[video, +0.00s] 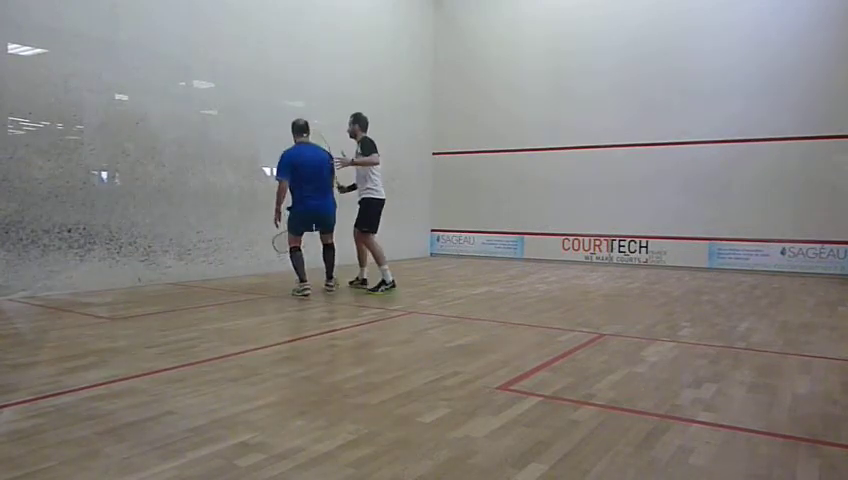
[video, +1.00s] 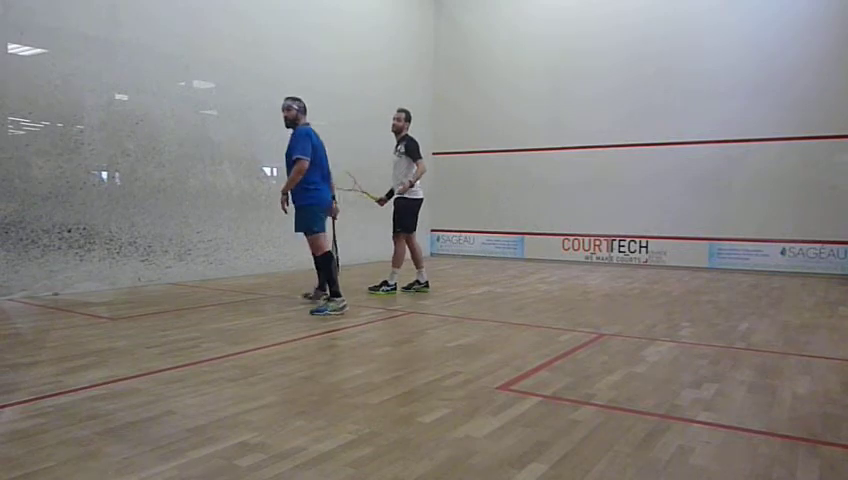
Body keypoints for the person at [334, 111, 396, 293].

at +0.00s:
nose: (347, 129)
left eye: (349, 125)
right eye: (348, 125)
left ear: (356, 126)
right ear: (359, 127)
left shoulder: (365, 142)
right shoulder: (360, 147)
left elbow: (375, 160)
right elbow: (365, 179)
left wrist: (351, 162)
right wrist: (347, 188)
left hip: (373, 196)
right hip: (366, 197)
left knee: (366, 236)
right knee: (359, 235)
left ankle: (388, 278)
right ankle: (362, 277)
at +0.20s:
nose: (358, 126)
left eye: (362, 122)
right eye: (359, 122)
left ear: (371, 126)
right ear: (368, 126)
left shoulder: (376, 142)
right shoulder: (369, 146)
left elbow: (386, 163)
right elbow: (376, 176)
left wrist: (362, 167)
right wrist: (360, 190)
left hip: (382, 196)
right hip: (374, 196)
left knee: (374, 236)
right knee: (367, 235)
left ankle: (390, 280)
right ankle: (363, 276)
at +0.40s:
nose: (368, 123)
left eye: (372, 121)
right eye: (368, 120)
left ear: (382, 124)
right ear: (369, 122)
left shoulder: (385, 141)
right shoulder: (376, 144)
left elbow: (395, 164)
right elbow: (383, 172)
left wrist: (373, 174)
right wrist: (370, 191)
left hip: (390, 195)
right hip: (381, 195)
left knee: (382, 237)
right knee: (374, 235)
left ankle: (390, 281)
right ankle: (371, 275)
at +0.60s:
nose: (377, 122)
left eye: (381, 120)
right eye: (376, 119)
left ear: (390, 124)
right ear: (377, 121)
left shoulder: (393, 141)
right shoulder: (383, 143)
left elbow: (404, 165)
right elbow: (386, 173)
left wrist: (386, 180)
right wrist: (375, 191)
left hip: (395, 195)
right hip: (387, 194)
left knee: (387, 235)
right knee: (382, 235)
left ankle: (391, 280)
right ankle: (395, 274)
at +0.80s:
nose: (385, 122)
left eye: (390, 120)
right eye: (385, 119)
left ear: (399, 124)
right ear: (386, 121)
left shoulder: (401, 143)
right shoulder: (390, 144)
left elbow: (414, 167)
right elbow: (393, 174)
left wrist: (401, 179)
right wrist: (380, 193)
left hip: (401, 197)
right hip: (394, 197)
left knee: (393, 238)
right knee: (398, 238)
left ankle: (391, 281)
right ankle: (418, 275)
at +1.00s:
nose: (394, 123)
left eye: (398, 120)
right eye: (393, 119)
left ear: (407, 124)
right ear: (393, 122)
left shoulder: (409, 143)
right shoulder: (399, 145)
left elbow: (421, 168)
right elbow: (401, 177)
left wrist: (408, 184)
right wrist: (387, 196)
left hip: (408, 197)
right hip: (404, 197)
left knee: (399, 238)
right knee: (409, 238)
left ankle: (391, 281)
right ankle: (422, 279)